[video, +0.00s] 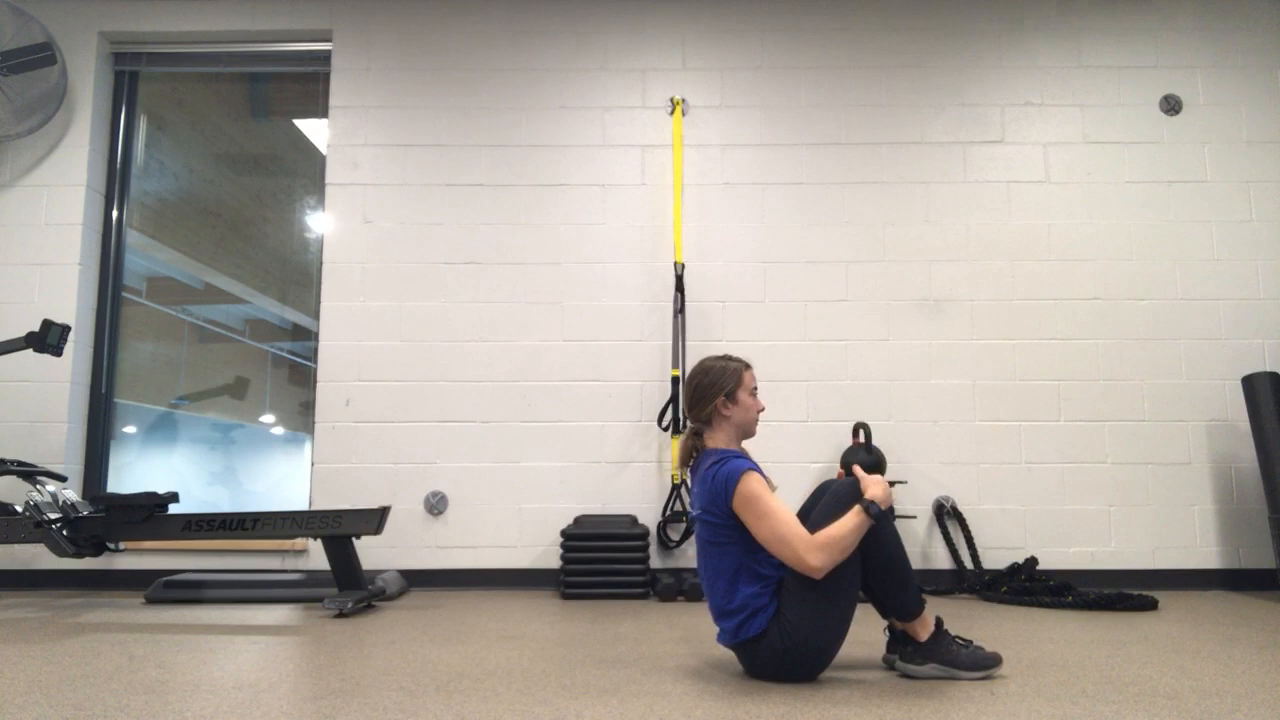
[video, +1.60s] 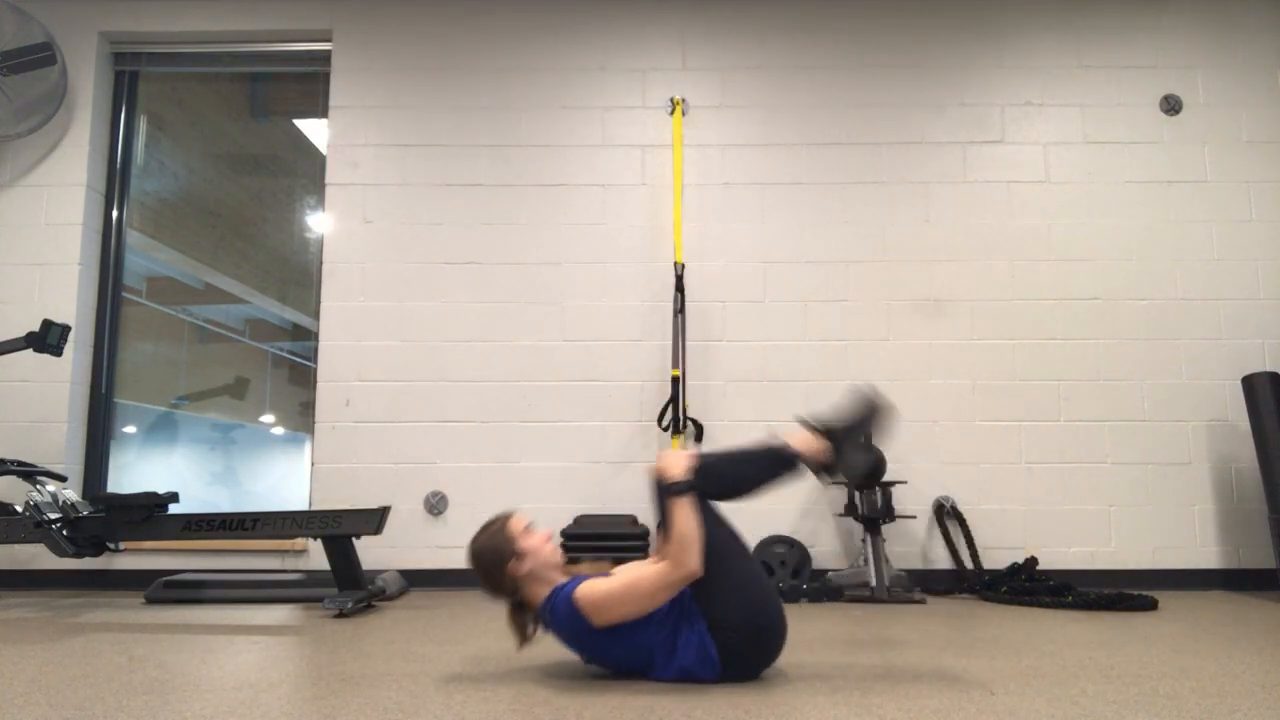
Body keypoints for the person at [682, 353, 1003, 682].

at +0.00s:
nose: (761, 404)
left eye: (757, 393)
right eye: (752, 394)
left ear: (724, 405)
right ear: (723, 405)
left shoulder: (719, 464)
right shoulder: (734, 473)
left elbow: (795, 550)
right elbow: (814, 560)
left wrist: (843, 487)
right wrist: (872, 505)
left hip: (763, 637)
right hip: (778, 647)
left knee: (841, 489)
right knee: (853, 496)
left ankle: (906, 630)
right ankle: (924, 635)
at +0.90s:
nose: (706, 413)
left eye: (700, 403)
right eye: (695, 406)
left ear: (671, 424)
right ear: (670, 423)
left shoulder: (676, 483)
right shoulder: (694, 489)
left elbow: (776, 549)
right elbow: (794, 555)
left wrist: (840, 491)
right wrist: (852, 497)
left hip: (757, 638)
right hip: (771, 647)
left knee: (818, 487)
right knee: (835, 493)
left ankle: (892, 624)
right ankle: (907, 633)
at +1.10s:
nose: (666, 430)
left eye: (659, 422)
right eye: (655, 425)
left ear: (629, 450)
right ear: (634, 447)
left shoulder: (647, 505)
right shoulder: (662, 511)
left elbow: (754, 544)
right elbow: (775, 550)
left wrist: (820, 484)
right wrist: (827, 487)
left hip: (752, 634)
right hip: (765, 644)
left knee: (808, 480)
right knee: (824, 490)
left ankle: (895, 609)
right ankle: (907, 614)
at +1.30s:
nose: (621, 461)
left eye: (614, 452)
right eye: (609, 457)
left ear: (589, 482)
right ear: (588, 480)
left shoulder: (612, 534)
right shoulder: (626, 539)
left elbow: (721, 540)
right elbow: (746, 550)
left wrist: (781, 479)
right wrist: (792, 483)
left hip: (741, 633)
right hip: (757, 645)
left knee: (775, 474)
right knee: (799, 485)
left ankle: (894, 580)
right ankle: (903, 584)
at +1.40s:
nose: (598, 481)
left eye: (590, 473)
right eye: (586, 479)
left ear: (565, 507)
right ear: (567, 505)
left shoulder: (597, 553)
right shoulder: (612, 556)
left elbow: (703, 556)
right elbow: (727, 552)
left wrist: (731, 509)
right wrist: (766, 483)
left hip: (734, 632)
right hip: (752, 646)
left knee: (748, 471)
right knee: (765, 479)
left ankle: (878, 543)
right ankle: (887, 547)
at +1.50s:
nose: (570, 506)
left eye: (560, 500)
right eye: (557, 506)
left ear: (544, 536)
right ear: (541, 535)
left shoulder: (577, 580)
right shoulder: (593, 580)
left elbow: (688, 555)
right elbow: (707, 558)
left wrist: (711, 486)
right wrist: (723, 482)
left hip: (731, 639)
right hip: (748, 647)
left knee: (724, 475)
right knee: (731, 478)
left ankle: (852, 502)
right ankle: (857, 503)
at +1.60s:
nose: (547, 531)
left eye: (535, 526)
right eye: (531, 532)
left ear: (528, 559)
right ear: (518, 564)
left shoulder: (569, 598)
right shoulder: (573, 604)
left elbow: (662, 563)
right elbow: (683, 566)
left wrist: (670, 487)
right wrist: (672, 485)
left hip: (728, 637)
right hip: (739, 643)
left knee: (678, 481)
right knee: (684, 482)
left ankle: (808, 446)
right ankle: (814, 448)